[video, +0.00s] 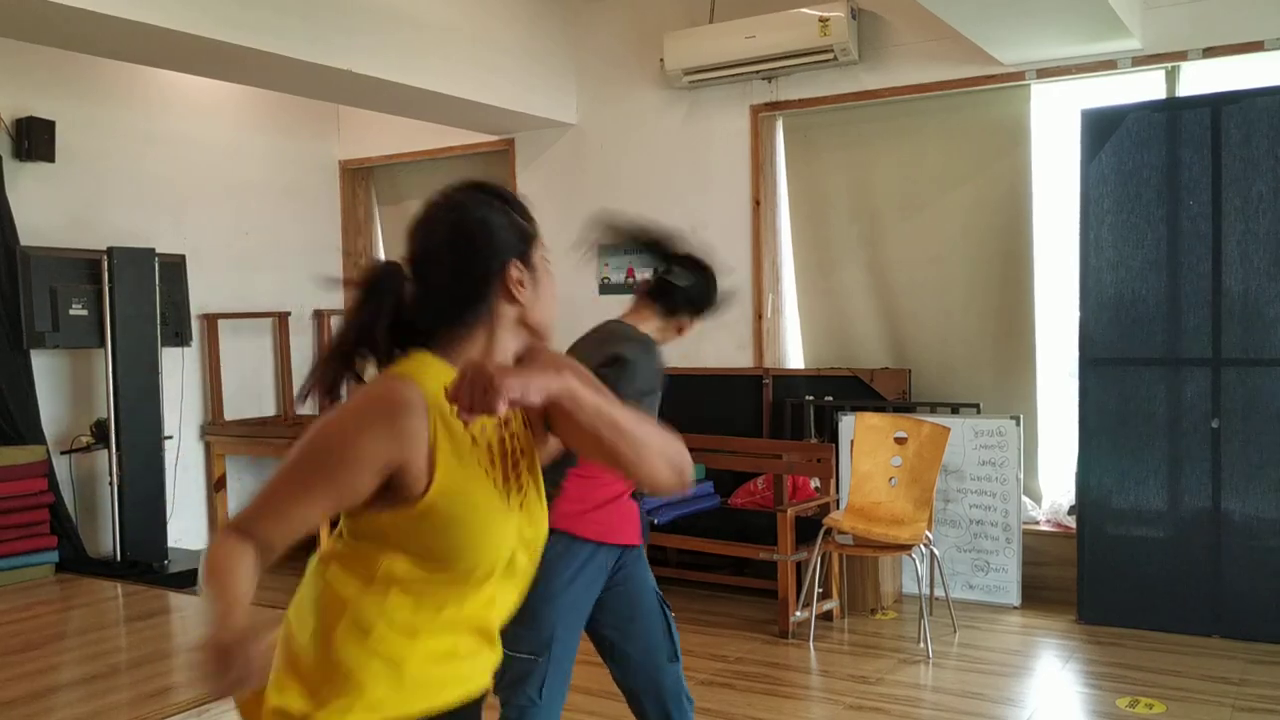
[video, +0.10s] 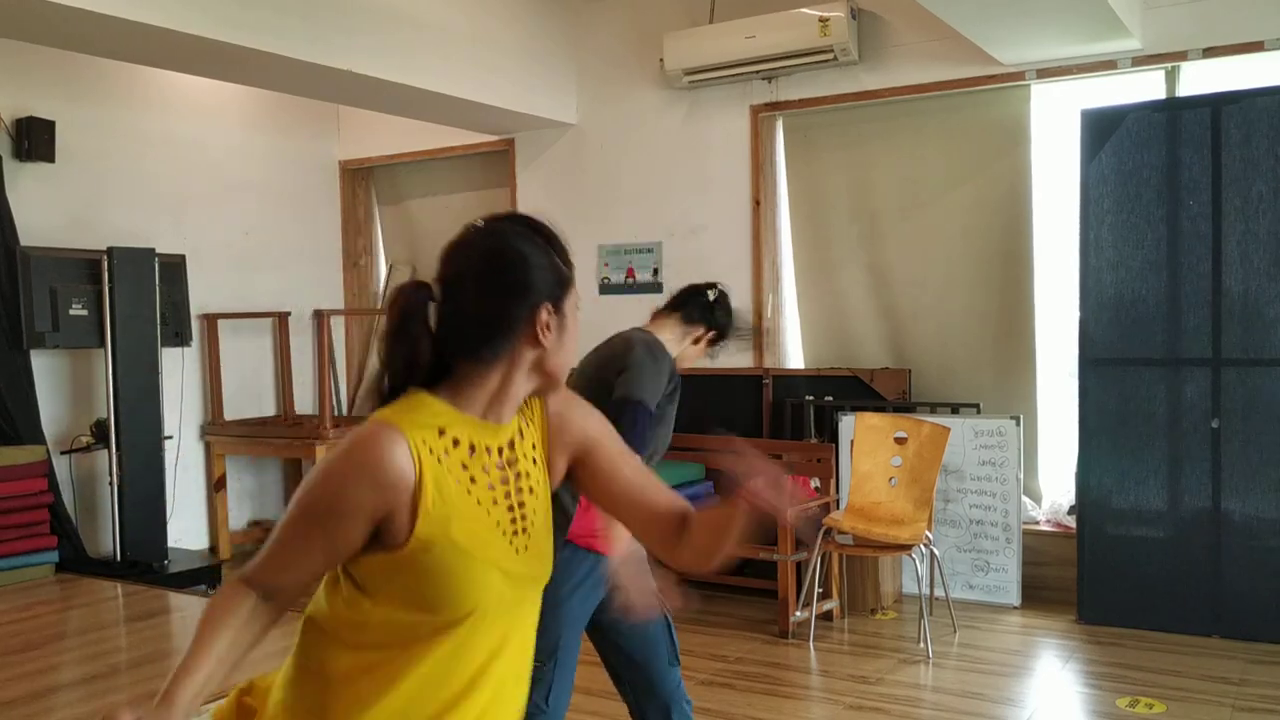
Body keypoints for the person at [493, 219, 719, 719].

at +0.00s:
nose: (691, 329)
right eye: (696, 321)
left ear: (643, 289)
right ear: (688, 321)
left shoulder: (599, 340)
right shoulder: (637, 359)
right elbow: (548, 441)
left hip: (617, 543)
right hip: (570, 541)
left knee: (662, 687)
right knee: (533, 695)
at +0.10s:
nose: (701, 358)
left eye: (706, 350)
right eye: (707, 349)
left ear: (667, 311)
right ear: (702, 336)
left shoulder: (636, 351)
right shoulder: (644, 361)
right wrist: (628, 559)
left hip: (609, 544)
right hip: (572, 544)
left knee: (663, 697)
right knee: (544, 697)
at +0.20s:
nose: (708, 373)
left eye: (719, 365)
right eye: (718, 360)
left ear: (702, 327)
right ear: (705, 332)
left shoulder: (643, 359)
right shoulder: (638, 347)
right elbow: (645, 448)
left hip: (621, 555)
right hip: (571, 556)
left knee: (665, 703)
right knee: (539, 702)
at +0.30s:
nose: (720, 351)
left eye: (729, 342)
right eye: (721, 334)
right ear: (688, 308)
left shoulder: (655, 357)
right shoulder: (639, 344)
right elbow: (654, 442)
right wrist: (741, 436)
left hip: (623, 550)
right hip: (565, 550)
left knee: (662, 699)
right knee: (535, 702)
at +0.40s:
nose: (712, 326)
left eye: (723, 316)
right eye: (703, 308)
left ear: (730, 320)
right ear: (670, 299)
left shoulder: (659, 362)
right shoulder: (643, 350)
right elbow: (616, 456)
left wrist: (675, 461)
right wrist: (686, 462)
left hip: (624, 552)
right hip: (571, 553)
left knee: (667, 706)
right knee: (532, 706)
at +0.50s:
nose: (693, 313)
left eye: (705, 302)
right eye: (680, 298)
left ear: (715, 310)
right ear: (652, 305)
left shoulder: (667, 387)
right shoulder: (611, 373)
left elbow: (640, 487)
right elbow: (554, 458)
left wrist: (691, 550)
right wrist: (613, 539)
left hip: (628, 558)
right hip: (556, 559)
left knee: (666, 703)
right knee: (530, 704)